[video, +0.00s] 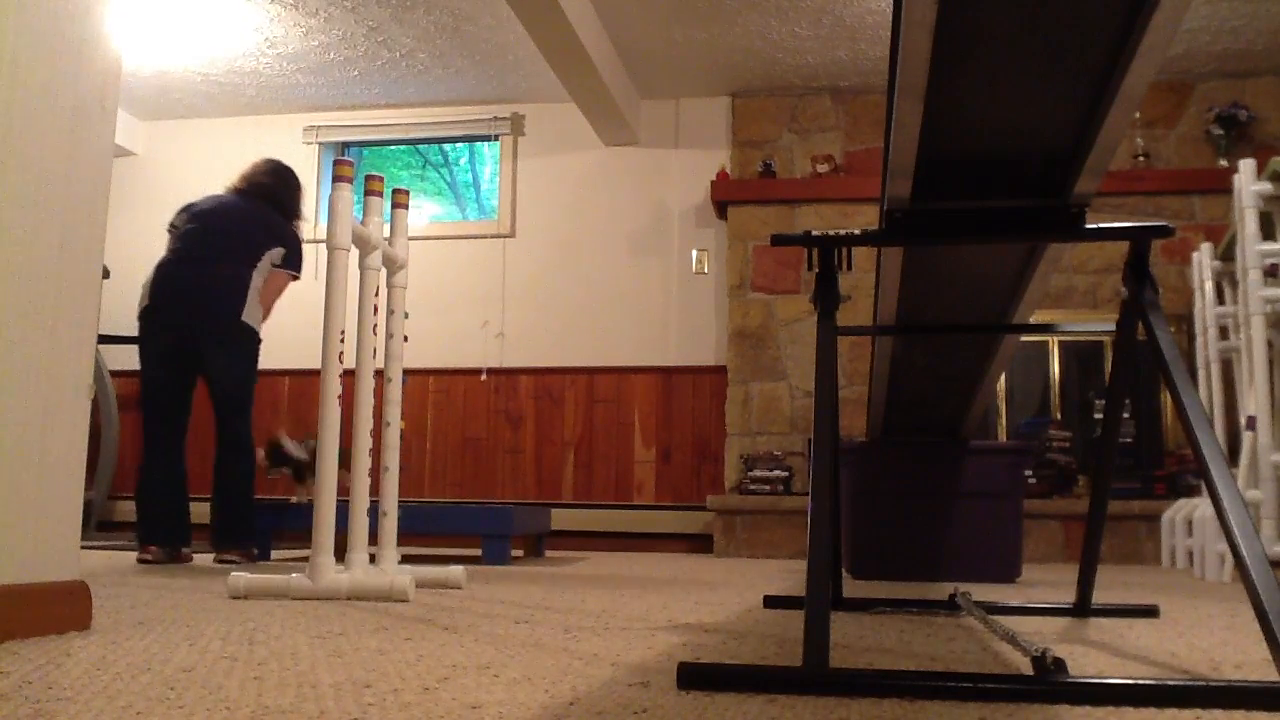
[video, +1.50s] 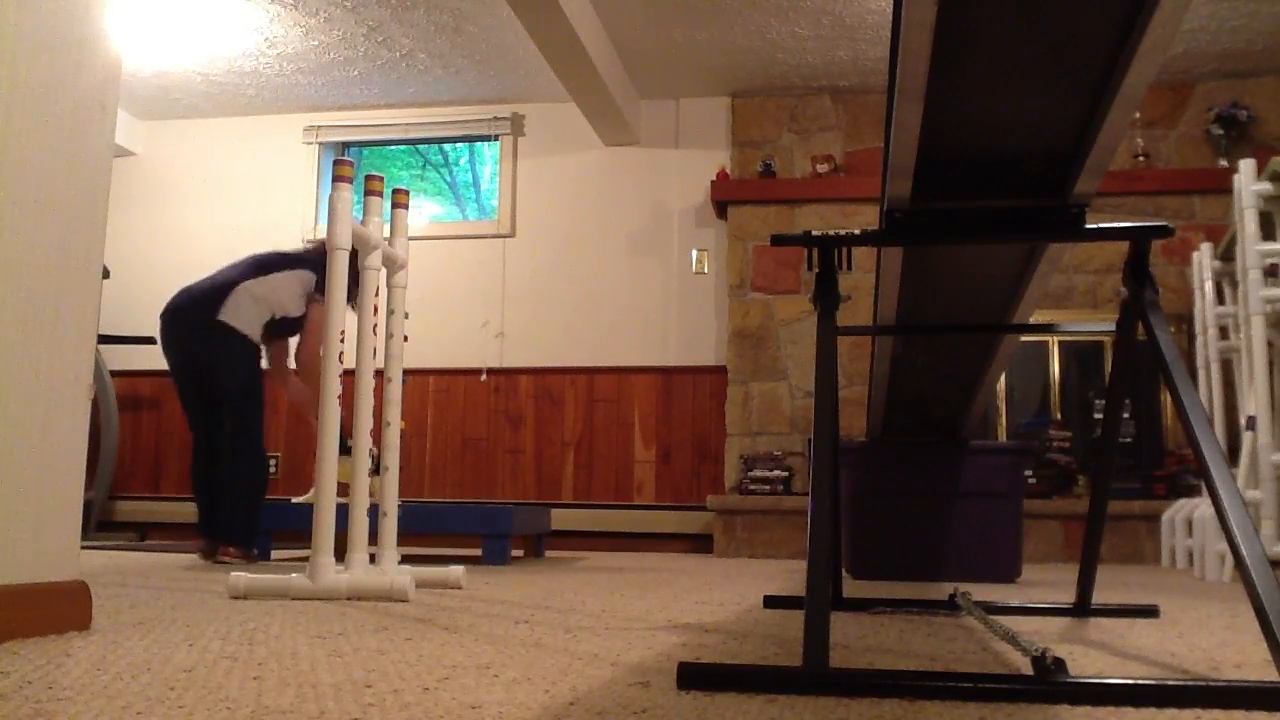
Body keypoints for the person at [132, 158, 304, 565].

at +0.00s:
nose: (297, 211)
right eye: (296, 203)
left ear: (243, 182)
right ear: (290, 198)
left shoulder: (195, 207)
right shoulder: (283, 233)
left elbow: (172, 264)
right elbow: (266, 297)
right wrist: (244, 335)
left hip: (163, 321)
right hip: (227, 329)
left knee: (163, 432)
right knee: (234, 433)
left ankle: (160, 539)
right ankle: (233, 540)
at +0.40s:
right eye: (318, 227)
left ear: (270, 203)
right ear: (314, 222)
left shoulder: (226, 221)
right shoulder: (310, 249)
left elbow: (191, 286)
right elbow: (291, 319)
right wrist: (279, 379)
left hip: (185, 319)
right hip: (249, 329)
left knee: (174, 426)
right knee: (245, 434)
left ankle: (164, 539)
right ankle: (233, 542)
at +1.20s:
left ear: (300, 216)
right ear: (334, 233)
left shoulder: (259, 233)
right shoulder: (326, 257)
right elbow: (309, 342)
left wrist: (270, 361)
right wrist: (307, 404)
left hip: (191, 307)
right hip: (250, 322)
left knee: (192, 423)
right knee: (249, 433)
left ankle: (178, 532)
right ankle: (235, 542)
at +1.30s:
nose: (346, 271)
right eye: (347, 262)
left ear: (305, 225)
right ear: (338, 244)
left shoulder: (265, 242)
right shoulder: (327, 259)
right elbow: (304, 341)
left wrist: (284, 374)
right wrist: (308, 398)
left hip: (188, 309)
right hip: (247, 323)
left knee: (196, 423)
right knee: (248, 431)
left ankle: (184, 534)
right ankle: (234, 540)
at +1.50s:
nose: (353, 297)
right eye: (355, 287)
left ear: (325, 253)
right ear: (348, 270)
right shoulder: (329, 272)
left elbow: (280, 370)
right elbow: (308, 360)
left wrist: (319, 417)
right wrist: (329, 407)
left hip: (178, 321)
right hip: (227, 333)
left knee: (208, 434)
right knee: (245, 441)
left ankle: (212, 538)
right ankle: (236, 543)